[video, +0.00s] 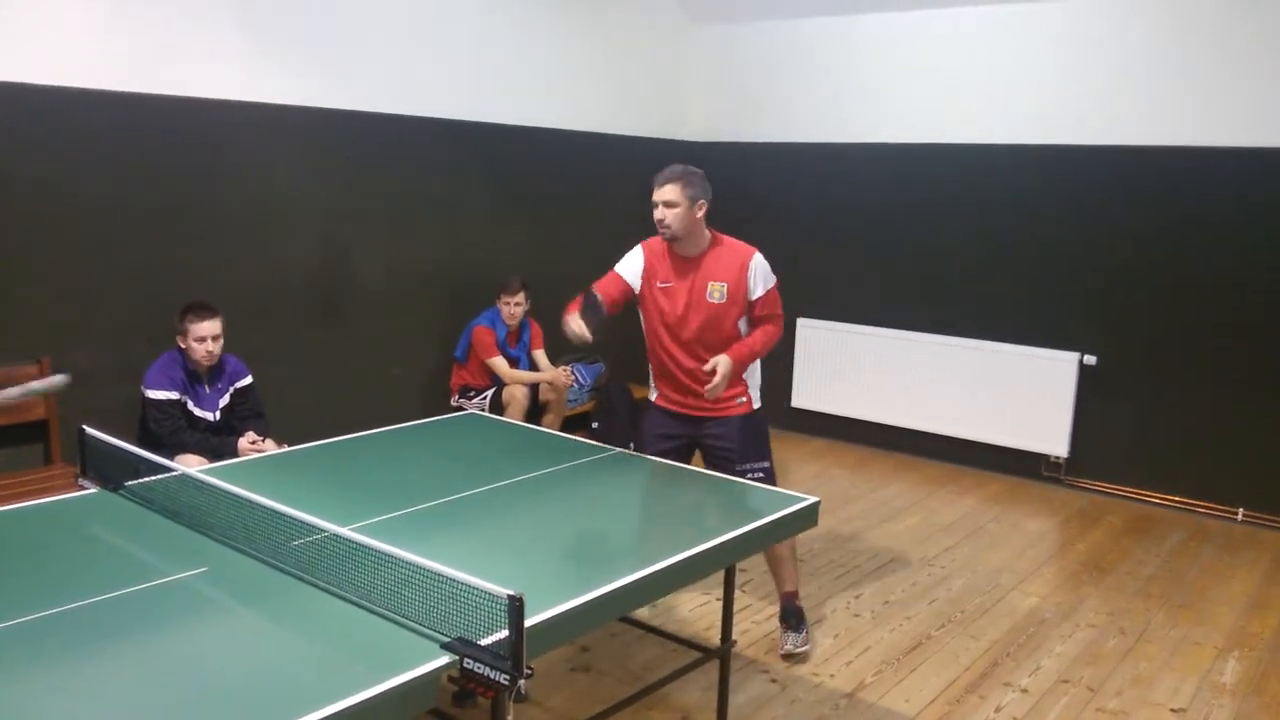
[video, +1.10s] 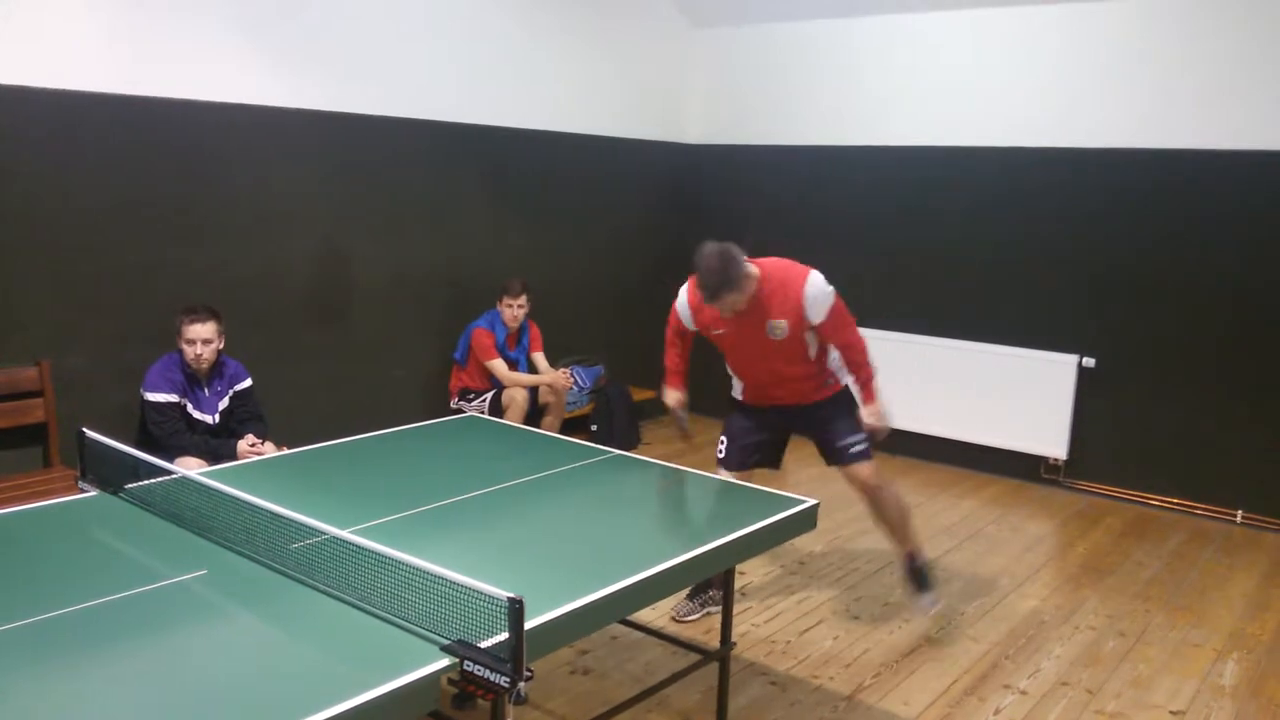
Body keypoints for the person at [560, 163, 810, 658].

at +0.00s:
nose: (658, 216)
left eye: (668, 207)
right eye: (655, 206)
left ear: (699, 209)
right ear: (656, 209)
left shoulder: (745, 261)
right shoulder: (647, 255)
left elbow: (771, 324)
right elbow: (599, 296)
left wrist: (734, 358)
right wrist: (577, 316)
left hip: (732, 412)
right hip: (667, 408)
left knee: (763, 507)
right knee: (639, 497)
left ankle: (791, 611)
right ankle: (623, 584)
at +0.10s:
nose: (659, 213)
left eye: (669, 204)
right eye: (656, 204)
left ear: (702, 207)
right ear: (657, 208)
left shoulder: (747, 260)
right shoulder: (648, 260)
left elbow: (775, 326)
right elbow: (620, 323)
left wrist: (731, 358)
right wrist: (607, 358)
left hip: (734, 413)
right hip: (667, 408)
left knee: (763, 507)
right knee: (642, 501)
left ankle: (790, 612)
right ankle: (618, 588)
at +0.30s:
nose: (674, 217)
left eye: (685, 208)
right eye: (672, 208)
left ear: (717, 212)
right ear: (672, 212)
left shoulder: (765, 269)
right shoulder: (669, 269)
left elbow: (784, 346)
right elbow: (670, 334)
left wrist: (726, 385)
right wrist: (673, 380)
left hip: (758, 422)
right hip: (693, 419)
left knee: (776, 517)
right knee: (668, 507)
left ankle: (793, 616)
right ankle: (638, 589)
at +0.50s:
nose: (696, 209)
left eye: (707, 201)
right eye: (694, 200)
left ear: (740, 206)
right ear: (696, 206)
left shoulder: (782, 265)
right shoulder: (697, 261)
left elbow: (796, 344)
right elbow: (699, 329)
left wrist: (728, 377)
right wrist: (699, 365)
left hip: (781, 424)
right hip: (724, 416)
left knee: (787, 523)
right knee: (699, 503)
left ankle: (793, 616)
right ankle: (686, 578)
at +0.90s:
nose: (690, 259)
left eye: (697, 248)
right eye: (686, 250)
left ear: (727, 236)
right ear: (687, 244)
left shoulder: (788, 274)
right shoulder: (695, 287)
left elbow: (826, 347)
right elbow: (697, 352)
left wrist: (794, 414)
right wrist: (712, 404)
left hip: (807, 407)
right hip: (745, 408)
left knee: (818, 508)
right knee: (717, 496)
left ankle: (825, 619)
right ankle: (715, 582)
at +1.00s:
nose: (696, 294)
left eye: (700, 284)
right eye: (689, 286)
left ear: (723, 263)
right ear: (682, 275)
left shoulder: (788, 281)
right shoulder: (689, 300)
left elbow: (831, 345)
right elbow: (687, 348)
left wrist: (826, 413)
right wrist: (698, 402)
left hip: (810, 402)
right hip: (748, 402)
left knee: (844, 493)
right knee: (724, 490)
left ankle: (863, 593)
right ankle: (714, 584)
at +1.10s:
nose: (729, 311)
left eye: (733, 303)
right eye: (720, 306)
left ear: (749, 276)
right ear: (704, 290)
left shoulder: (802, 287)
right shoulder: (693, 301)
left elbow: (849, 340)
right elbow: (677, 333)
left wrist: (870, 401)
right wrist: (674, 383)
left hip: (822, 395)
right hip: (755, 400)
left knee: (867, 478)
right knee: (723, 485)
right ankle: (715, 581)